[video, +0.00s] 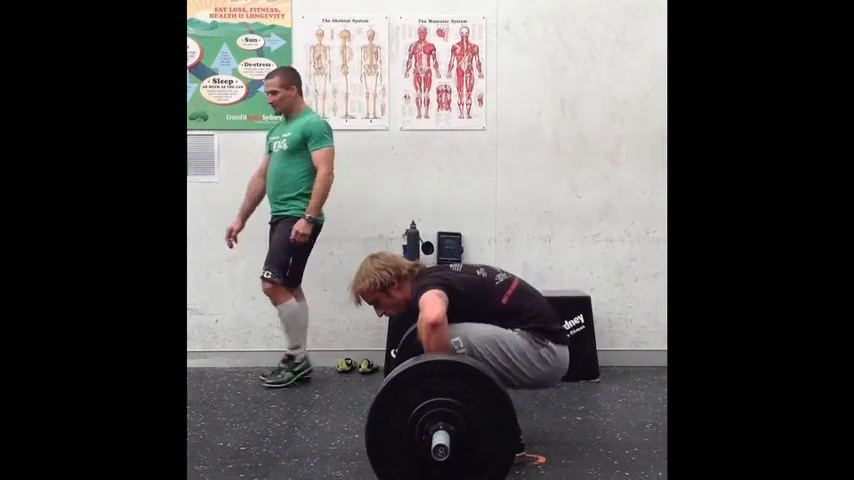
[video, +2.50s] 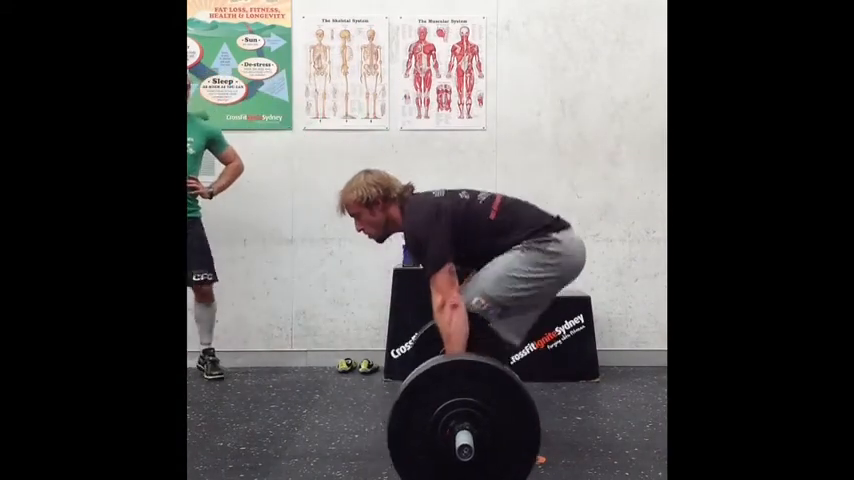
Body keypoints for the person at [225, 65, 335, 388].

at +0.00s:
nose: (269, 100)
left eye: (274, 93)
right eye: (267, 94)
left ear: (294, 91)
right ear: (275, 94)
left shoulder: (315, 125)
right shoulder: (276, 129)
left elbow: (326, 172)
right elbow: (262, 176)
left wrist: (309, 217)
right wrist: (241, 219)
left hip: (300, 218)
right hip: (280, 217)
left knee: (273, 284)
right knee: (291, 288)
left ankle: (297, 359)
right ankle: (299, 362)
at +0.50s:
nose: (258, 94)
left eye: (264, 88)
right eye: (253, 89)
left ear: (274, 90)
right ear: (244, 91)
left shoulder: (287, 129)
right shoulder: (234, 128)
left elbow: (298, 176)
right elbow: (220, 173)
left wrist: (287, 217)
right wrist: (206, 216)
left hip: (266, 220)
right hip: (233, 219)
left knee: (260, 289)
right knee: (209, 282)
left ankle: (261, 363)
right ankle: (248, 339)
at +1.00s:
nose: (220, 95)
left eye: (225, 90)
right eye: (214, 90)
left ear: (232, 94)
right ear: (202, 93)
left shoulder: (244, 131)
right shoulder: (189, 127)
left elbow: (279, 164)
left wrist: (270, 201)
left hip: (227, 219)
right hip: (191, 220)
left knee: (239, 287)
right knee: (190, 291)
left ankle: (255, 354)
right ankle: (189, 357)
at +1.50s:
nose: (214, 94)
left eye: (219, 89)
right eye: (208, 88)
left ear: (225, 93)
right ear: (196, 92)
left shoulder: (238, 127)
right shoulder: (188, 122)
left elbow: (275, 153)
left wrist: (253, 181)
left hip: (220, 219)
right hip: (188, 218)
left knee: (217, 290)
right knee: (188, 290)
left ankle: (214, 356)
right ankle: (189, 356)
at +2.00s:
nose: (201, 94)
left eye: (206, 88)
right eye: (196, 89)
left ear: (214, 93)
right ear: (187, 94)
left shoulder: (233, 128)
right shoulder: (185, 127)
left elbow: (270, 159)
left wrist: (244, 187)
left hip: (217, 221)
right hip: (186, 220)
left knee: (215, 290)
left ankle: (215, 355)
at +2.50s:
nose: (185, 92)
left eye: (187, 86)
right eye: (185, 86)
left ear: (190, 90)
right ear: (186, 91)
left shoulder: (201, 128)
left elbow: (235, 164)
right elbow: (235, 164)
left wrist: (212, 189)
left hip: (189, 216)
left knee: (203, 286)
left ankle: (207, 352)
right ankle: (207, 352)